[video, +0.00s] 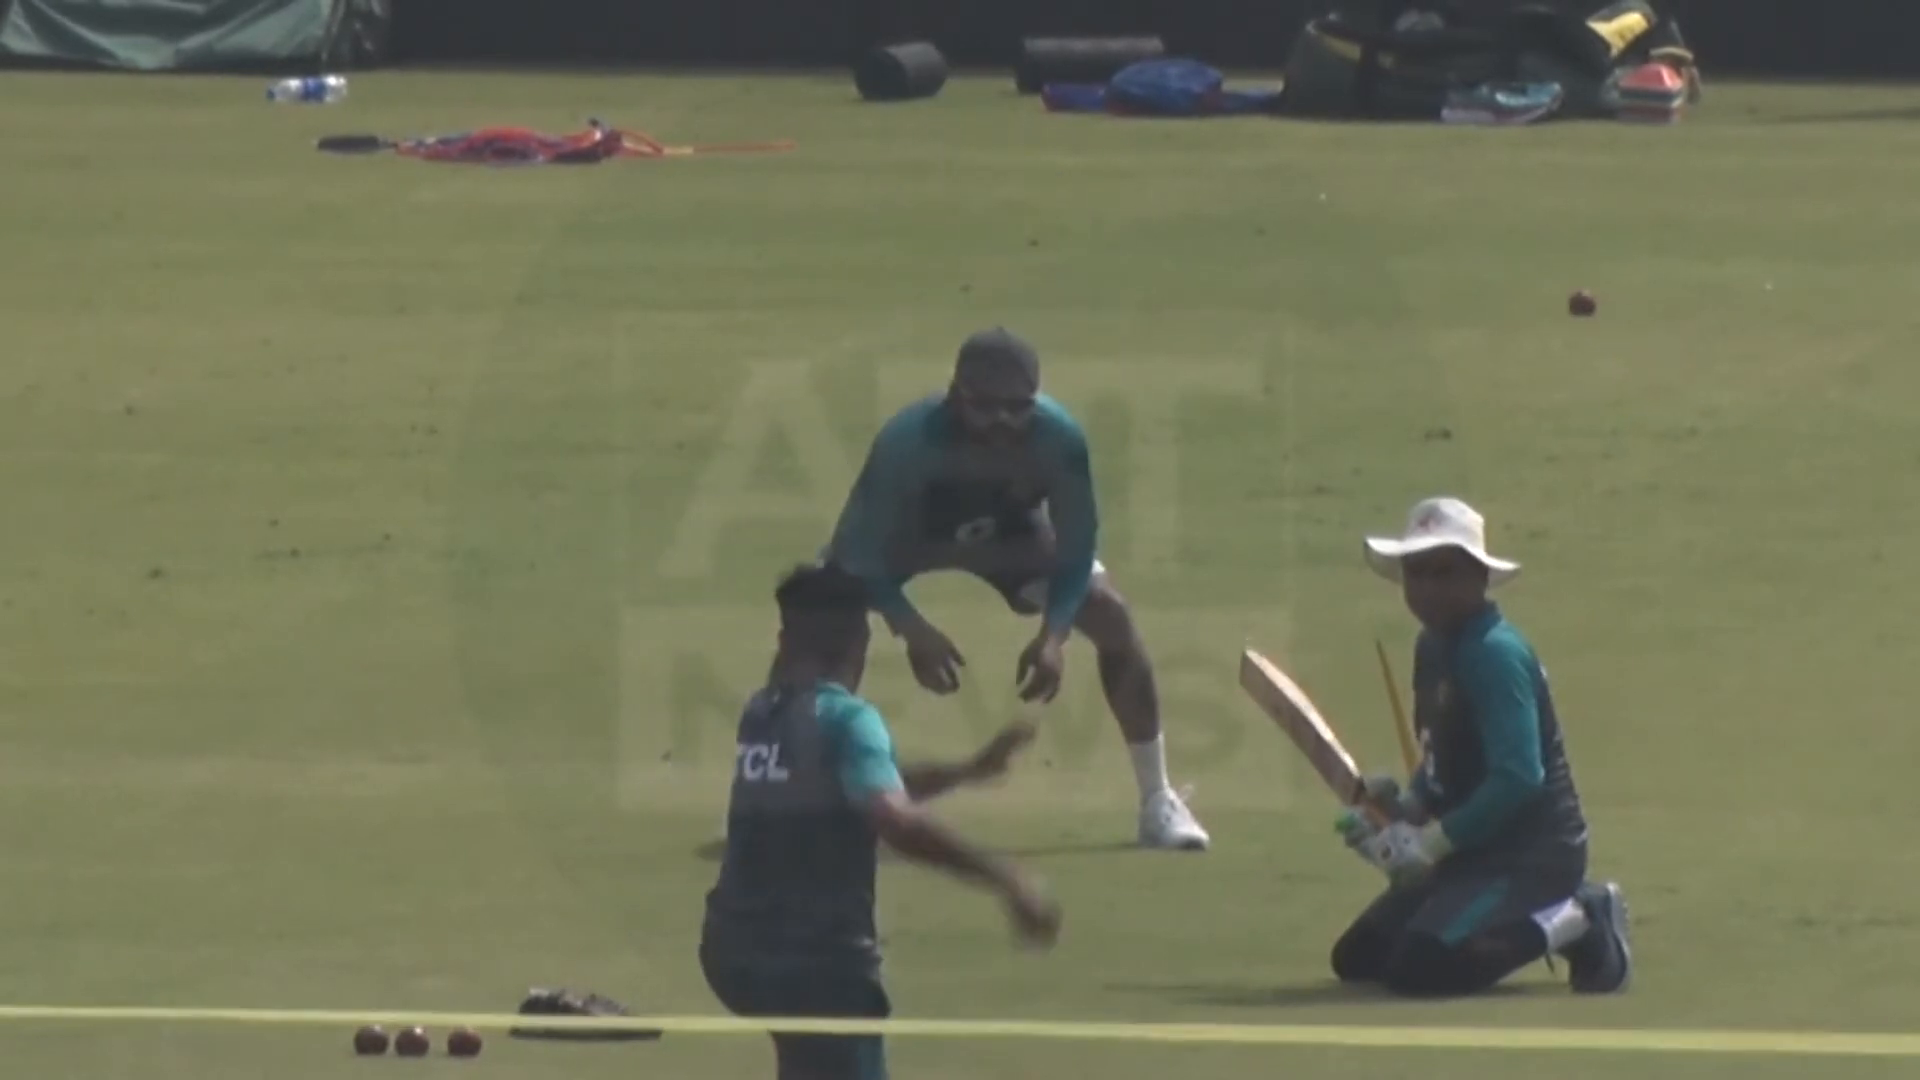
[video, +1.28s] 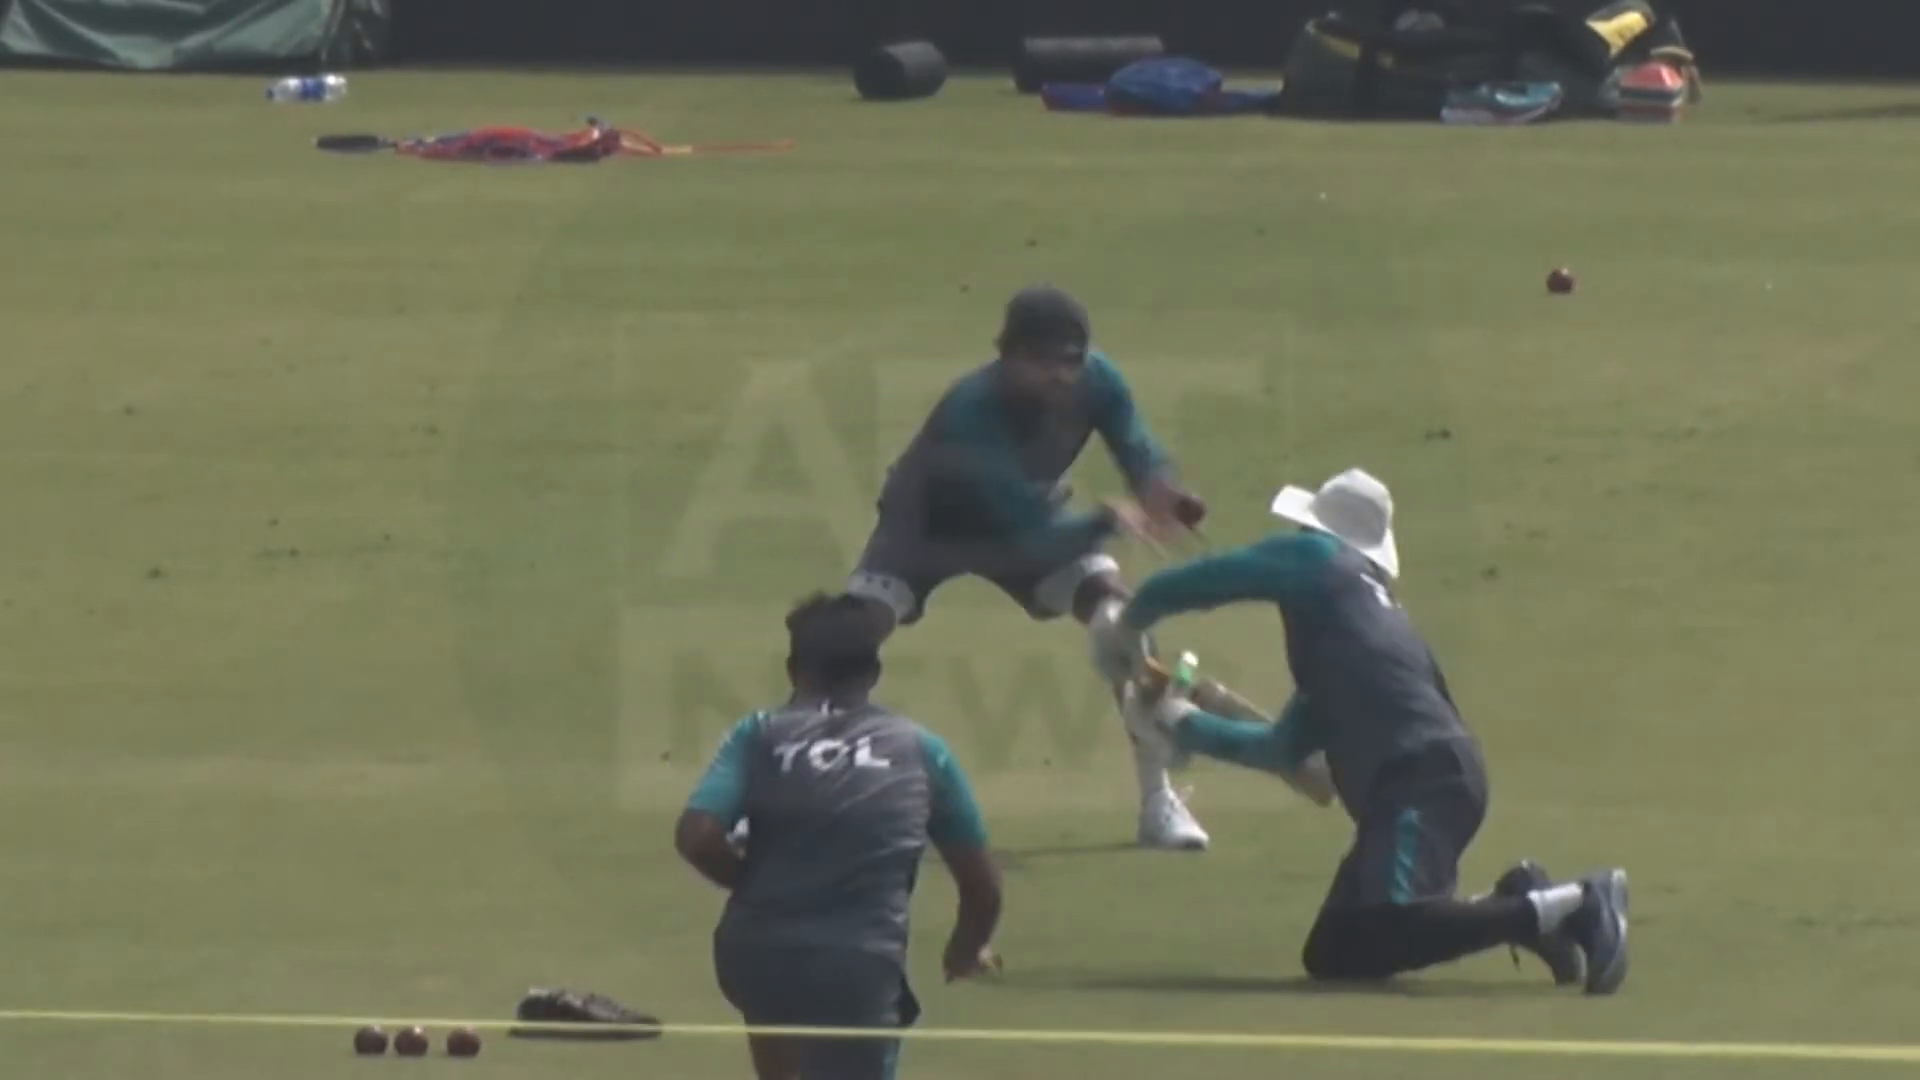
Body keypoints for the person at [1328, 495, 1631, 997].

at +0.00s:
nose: (1420, 588)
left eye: (1438, 572)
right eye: (1412, 573)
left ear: (1476, 578)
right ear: (1400, 578)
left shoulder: (1495, 653)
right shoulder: (1434, 647)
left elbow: (1519, 778)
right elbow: (1447, 764)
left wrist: (1432, 843)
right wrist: (1403, 809)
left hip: (1534, 857)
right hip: (1480, 850)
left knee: (1416, 970)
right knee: (1357, 958)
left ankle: (1579, 919)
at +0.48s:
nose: (1414, 586)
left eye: (1432, 570)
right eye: (1407, 571)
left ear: (1470, 576)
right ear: (1396, 576)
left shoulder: (1492, 650)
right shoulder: (1434, 642)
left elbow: (1483, 780)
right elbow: (1443, 757)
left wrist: (1395, 797)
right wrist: (1388, 758)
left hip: (1524, 859)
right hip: (1466, 853)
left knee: (1415, 970)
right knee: (1356, 959)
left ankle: (1577, 920)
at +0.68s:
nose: (1413, 581)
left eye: (1430, 565)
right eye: (1405, 567)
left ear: (1465, 569)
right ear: (1395, 572)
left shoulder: (1490, 635)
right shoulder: (1437, 633)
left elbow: (1430, 747)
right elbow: (1430, 722)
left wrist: (1348, 734)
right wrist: (1358, 696)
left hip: (1519, 857)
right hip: (1461, 850)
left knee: (1417, 971)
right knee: (1354, 958)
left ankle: (1576, 917)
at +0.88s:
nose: (1374, 580)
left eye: (1388, 566)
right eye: (1372, 566)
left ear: (1429, 570)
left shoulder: (1458, 625)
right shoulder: (1423, 638)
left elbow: (1377, 722)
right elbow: (1377, 751)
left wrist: (1281, 712)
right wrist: (1281, 723)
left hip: (1506, 857)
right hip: (1454, 858)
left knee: (1422, 969)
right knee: (1339, 955)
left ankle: (1576, 917)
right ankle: (1505, 927)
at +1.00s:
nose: (1333, 563)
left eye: (1344, 552)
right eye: (1337, 551)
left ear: (1377, 559)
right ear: (1394, 563)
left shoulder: (1408, 603)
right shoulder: (1387, 660)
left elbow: (1297, 625)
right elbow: (1292, 737)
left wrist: (1191, 640)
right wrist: (1180, 703)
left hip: (1489, 846)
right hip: (1446, 851)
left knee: (1416, 968)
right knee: (1335, 955)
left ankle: (1576, 915)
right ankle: (1520, 923)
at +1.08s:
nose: (1320, 559)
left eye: (1336, 552)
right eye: (1327, 549)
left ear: (1367, 562)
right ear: (1388, 568)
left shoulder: (1378, 596)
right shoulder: (1363, 666)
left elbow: (1266, 583)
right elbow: (1254, 725)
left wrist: (1147, 589)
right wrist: (1147, 687)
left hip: (1475, 830)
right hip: (1436, 841)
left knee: (1411, 963)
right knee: (1334, 954)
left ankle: (1576, 911)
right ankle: (1511, 907)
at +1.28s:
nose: (1290, 533)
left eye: (1302, 528)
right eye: (1297, 525)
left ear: (1325, 537)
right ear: (1366, 552)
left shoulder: (1318, 564)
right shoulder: (1366, 629)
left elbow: (1188, 582)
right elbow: (1281, 749)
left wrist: (1127, 621)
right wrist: (1176, 717)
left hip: (1424, 775)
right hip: (1415, 791)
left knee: (1358, 941)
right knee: (1334, 951)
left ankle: (1570, 908)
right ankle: (1511, 911)